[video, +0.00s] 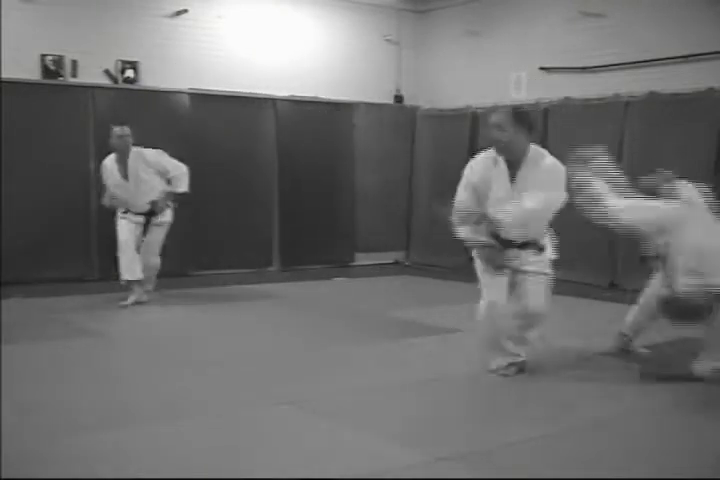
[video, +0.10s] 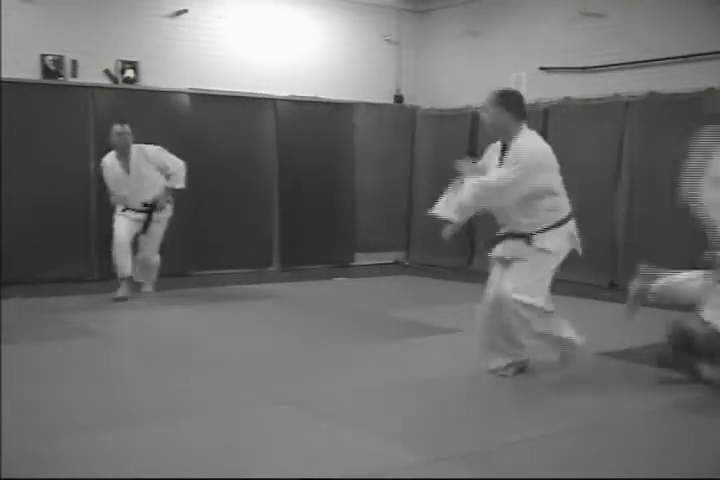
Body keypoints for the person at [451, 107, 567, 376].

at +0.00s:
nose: (493, 136)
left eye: (500, 129)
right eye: (490, 129)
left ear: (523, 131)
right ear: (487, 130)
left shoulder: (550, 169)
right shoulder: (479, 166)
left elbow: (539, 211)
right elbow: (464, 215)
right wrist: (485, 248)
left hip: (533, 250)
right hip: (492, 249)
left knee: (535, 308)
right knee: (494, 305)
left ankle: (515, 341)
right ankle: (504, 358)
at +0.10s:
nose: (483, 120)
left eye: (488, 114)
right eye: (483, 114)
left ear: (508, 117)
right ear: (506, 118)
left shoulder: (531, 151)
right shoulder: (494, 152)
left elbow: (503, 187)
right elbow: (476, 186)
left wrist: (473, 176)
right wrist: (454, 218)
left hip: (550, 234)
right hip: (515, 235)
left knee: (516, 292)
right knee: (496, 294)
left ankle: (566, 341)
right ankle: (512, 358)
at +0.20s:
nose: (483, 114)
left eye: (486, 108)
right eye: (483, 107)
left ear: (501, 106)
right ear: (512, 105)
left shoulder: (517, 138)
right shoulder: (516, 134)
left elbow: (468, 187)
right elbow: (504, 188)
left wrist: (468, 180)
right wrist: (476, 216)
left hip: (555, 231)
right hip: (530, 231)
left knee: (521, 297)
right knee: (498, 293)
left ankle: (567, 366)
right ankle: (523, 358)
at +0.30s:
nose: (492, 117)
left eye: (496, 110)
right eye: (493, 110)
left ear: (509, 113)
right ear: (527, 113)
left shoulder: (505, 144)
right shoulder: (553, 145)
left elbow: (479, 204)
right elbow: (554, 203)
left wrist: (476, 207)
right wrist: (526, 253)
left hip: (552, 234)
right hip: (582, 233)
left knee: (533, 310)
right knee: (543, 297)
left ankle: (544, 393)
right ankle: (572, 354)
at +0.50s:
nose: (501, 133)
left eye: (502, 127)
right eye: (501, 127)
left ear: (511, 129)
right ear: (537, 128)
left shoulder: (505, 160)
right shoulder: (569, 155)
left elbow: (497, 215)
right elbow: (603, 204)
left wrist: (500, 269)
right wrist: (624, 255)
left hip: (558, 241)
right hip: (603, 236)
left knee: (522, 322)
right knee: (596, 313)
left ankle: (545, 401)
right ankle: (623, 378)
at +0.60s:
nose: (499, 129)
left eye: (500, 122)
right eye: (499, 123)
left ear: (508, 122)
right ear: (537, 121)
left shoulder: (504, 152)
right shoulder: (571, 146)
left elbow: (491, 210)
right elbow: (608, 193)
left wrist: (480, 267)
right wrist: (631, 243)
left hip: (553, 239)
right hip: (600, 234)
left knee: (517, 315)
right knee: (597, 313)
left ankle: (538, 396)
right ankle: (623, 386)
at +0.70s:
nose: (491, 110)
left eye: (493, 105)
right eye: (491, 105)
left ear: (500, 104)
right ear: (528, 103)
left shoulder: (494, 137)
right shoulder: (565, 133)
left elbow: (479, 186)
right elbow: (600, 180)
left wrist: (463, 241)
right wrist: (619, 231)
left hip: (537, 224)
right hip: (584, 220)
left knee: (494, 304)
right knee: (593, 310)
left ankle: (498, 384)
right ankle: (621, 385)